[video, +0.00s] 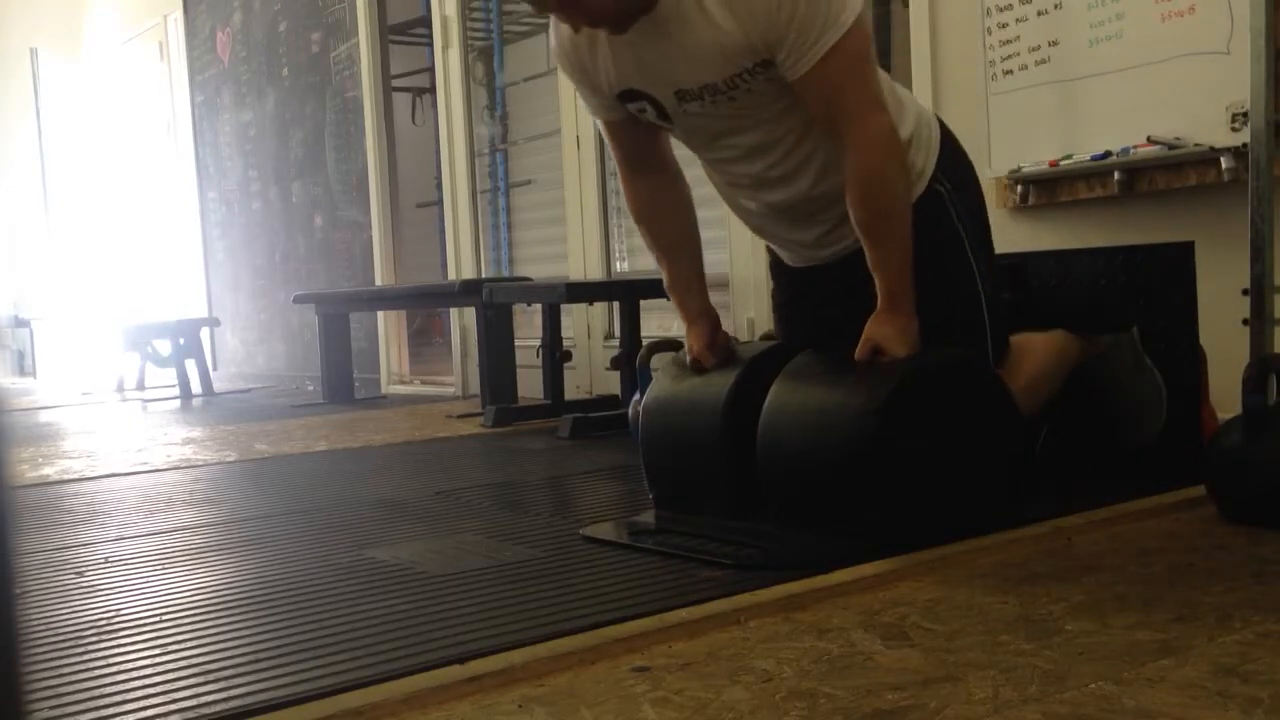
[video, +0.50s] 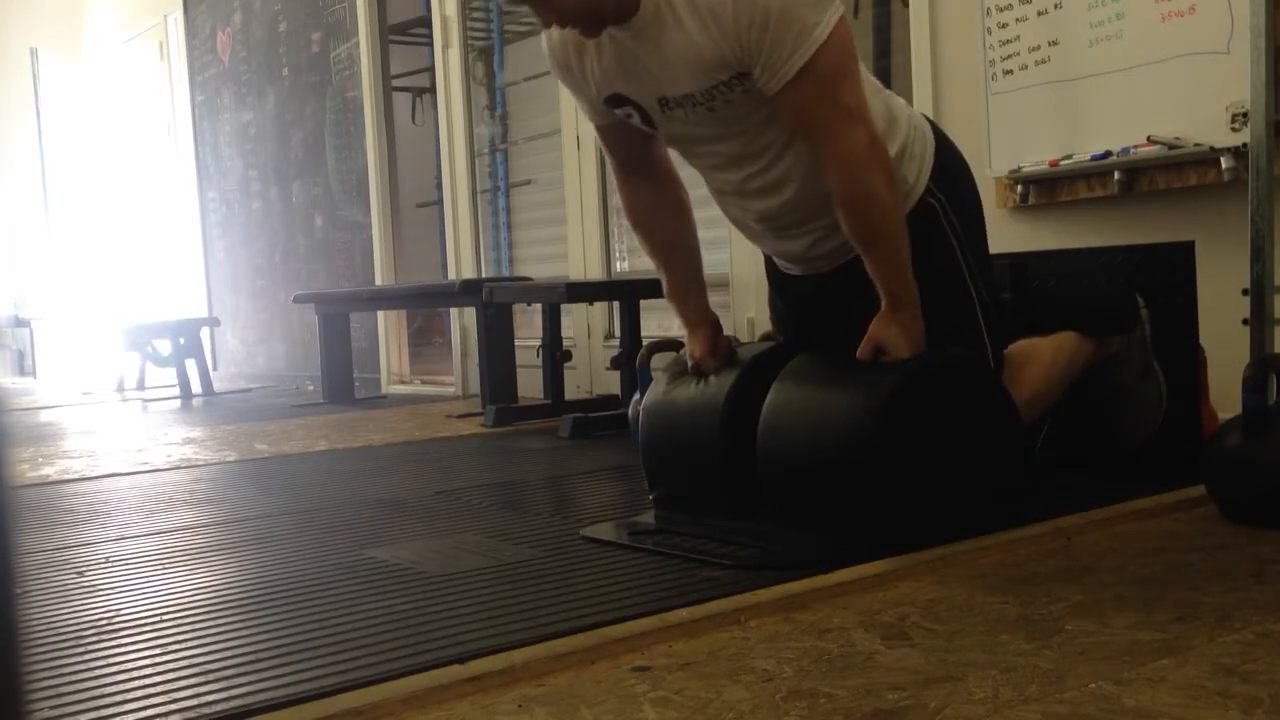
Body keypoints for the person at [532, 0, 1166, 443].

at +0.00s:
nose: (567, 22)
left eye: (573, 10)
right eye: (559, 16)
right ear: (566, 14)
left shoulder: (769, 4)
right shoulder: (579, 40)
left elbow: (867, 132)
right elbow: (647, 168)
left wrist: (895, 303)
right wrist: (697, 314)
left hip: (910, 195)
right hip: (801, 242)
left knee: (965, 423)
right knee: (838, 430)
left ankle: (1068, 342)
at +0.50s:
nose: (550, 21)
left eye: (554, 7)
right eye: (542, 14)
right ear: (554, 13)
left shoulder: (750, 4)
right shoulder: (571, 42)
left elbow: (849, 142)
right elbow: (643, 173)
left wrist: (899, 305)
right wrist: (697, 323)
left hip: (909, 203)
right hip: (797, 247)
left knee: (967, 425)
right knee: (836, 436)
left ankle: (1087, 338)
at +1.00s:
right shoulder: (635, 14)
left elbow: (882, 131)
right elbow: (675, 155)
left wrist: (903, 302)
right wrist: (702, 317)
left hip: (939, 201)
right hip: (820, 229)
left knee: (966, 428)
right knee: (830, 433)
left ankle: (1106, 342)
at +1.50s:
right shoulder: (635, 15)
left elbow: (886, 126)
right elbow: (678, 154)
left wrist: (904, 299)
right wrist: (705, 305)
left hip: (930, 211)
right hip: (815, 244)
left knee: (972, 430)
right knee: (834, 441)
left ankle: (1109, 343)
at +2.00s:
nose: (382, 61)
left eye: (382, 31)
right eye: (366, 44)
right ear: (381, 40)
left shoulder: (596, 48)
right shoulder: (452, 105)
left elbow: (790, 141)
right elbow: (539, 196)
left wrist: (741, 309)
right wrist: (597, 298)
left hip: (826, 253)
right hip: (726, 292)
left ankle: (1071, 350)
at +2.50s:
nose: (285, 378)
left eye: (280, 353)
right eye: (266, 364)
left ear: (342, 305)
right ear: (330, 309)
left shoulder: (498, 310)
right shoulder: (395, 326)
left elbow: (740, 346)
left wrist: (699, 446)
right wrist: (637, 428)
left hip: (782, 273)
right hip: (704, 254)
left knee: (957, 357)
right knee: (915, 326)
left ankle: (1111, 330)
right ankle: (1068, 324)